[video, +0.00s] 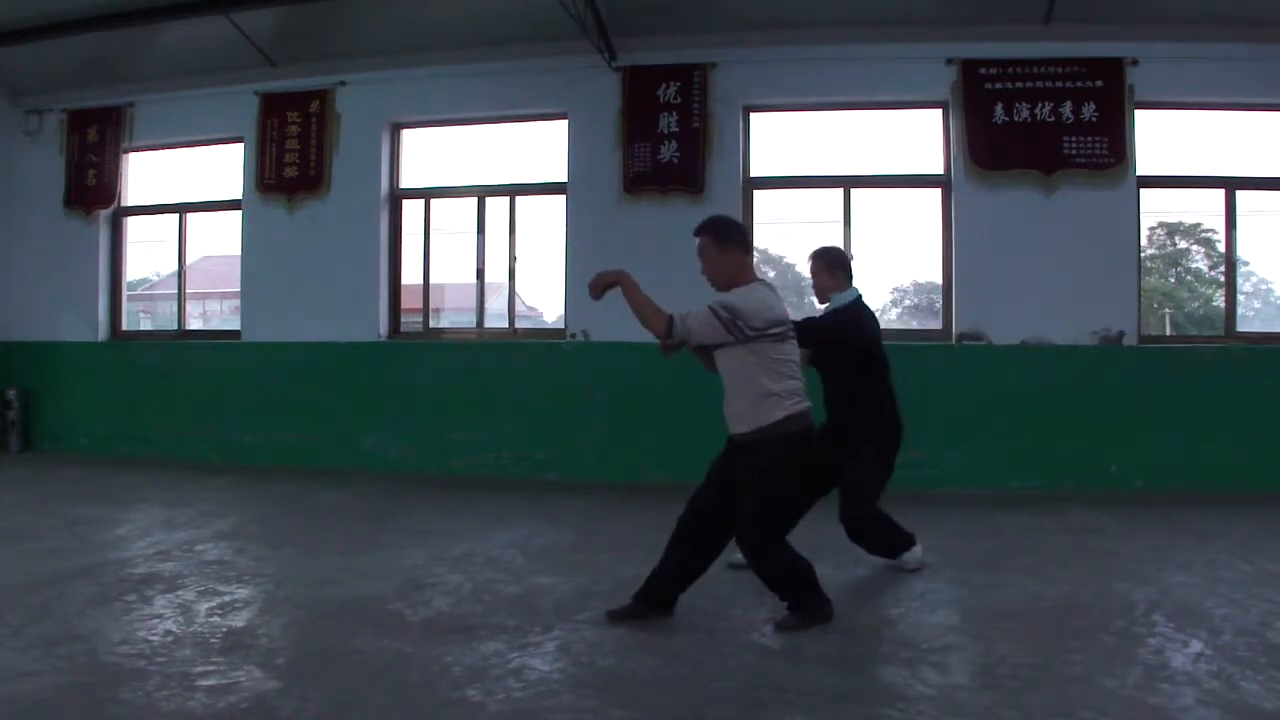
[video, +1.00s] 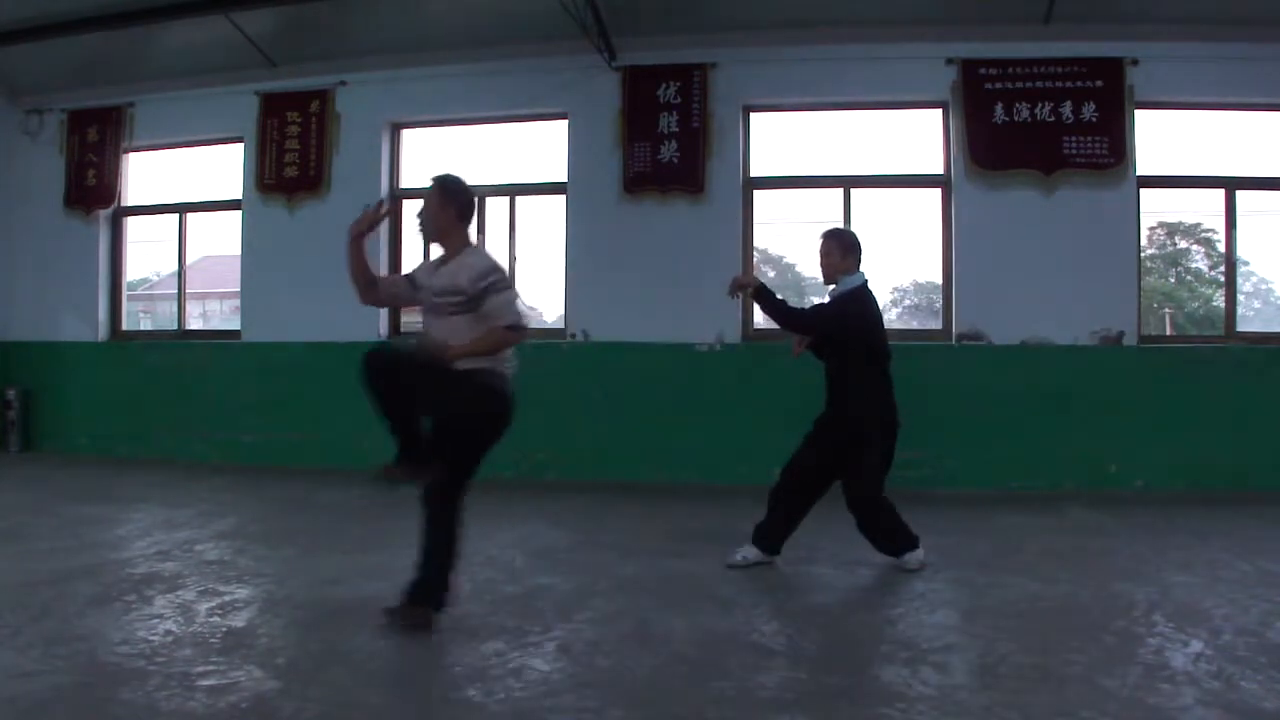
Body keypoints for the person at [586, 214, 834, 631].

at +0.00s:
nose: (702, 269)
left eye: (705, 258)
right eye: (701, 259)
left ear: (733, 253)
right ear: (734, 255)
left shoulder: (750, 303)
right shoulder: (753, 300)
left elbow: (667, 328)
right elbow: (727, 364)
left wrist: (623, 280)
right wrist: (686, 340)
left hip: (781, 440)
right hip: (750, 440)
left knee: (755, 533)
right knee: (701, 523)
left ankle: (811, 604)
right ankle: (654, 600)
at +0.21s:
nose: (684, 264)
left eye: (689, 253)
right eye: (683, 254)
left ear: (719, 252)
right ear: (719, 254)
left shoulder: (732, 302)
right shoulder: (747, 298)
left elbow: (649, 326)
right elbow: (750, 366)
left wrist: (606, 280)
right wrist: (693, 380)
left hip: (769, 440)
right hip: (736, 439)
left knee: (754, 534)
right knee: (686, 510)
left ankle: (812, 604)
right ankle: (655, 599)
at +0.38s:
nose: (651, 264)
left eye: (657, 253)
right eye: (651, 254)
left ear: (686, 254)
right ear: (689, 256)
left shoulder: (695, 308)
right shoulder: (722, 304)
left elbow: (612, 329)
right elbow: (733, 369)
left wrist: (568, 283)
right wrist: (689, 401)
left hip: (732, 445)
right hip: (708, 442)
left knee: (741, 541)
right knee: (650, 517)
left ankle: (809, 601)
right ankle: (593, 594)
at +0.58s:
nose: (567, 246)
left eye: (574, 238)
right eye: (568, 237)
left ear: (598, 244)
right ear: (605, 248)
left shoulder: (580, 295)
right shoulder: (629, 301)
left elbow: (513, 303)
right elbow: (664, 357)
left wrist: (450, 291)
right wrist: (613, 361)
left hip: (602, 436)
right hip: (643, 433)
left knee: (549, 509)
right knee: (654, 530)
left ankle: (549, 613)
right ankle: (748, 568)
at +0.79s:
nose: (490, 216)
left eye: (498, 208)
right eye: (492, 208)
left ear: (523, 213)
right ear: (513, 214)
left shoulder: (558, 268)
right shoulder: (500, 279)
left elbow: (567, 335)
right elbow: (477, 327)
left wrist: (502, 335)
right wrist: (454, 317)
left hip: (558, 388)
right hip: (520, 387)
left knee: (526, 490)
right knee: (446, 408)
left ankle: (545, 606)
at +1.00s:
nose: (420, 212)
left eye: (428, 204)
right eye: (423, 204)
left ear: (452, 212)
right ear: (447, 214)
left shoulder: (482, 268)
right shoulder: (430, 272)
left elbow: (511, 329)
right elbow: (374, 293)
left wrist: (454, 351)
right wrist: (356, 241)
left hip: (482, 390)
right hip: (439, 383)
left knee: (443, 486)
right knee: (380, 361)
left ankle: (426, 602)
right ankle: (414, 454)